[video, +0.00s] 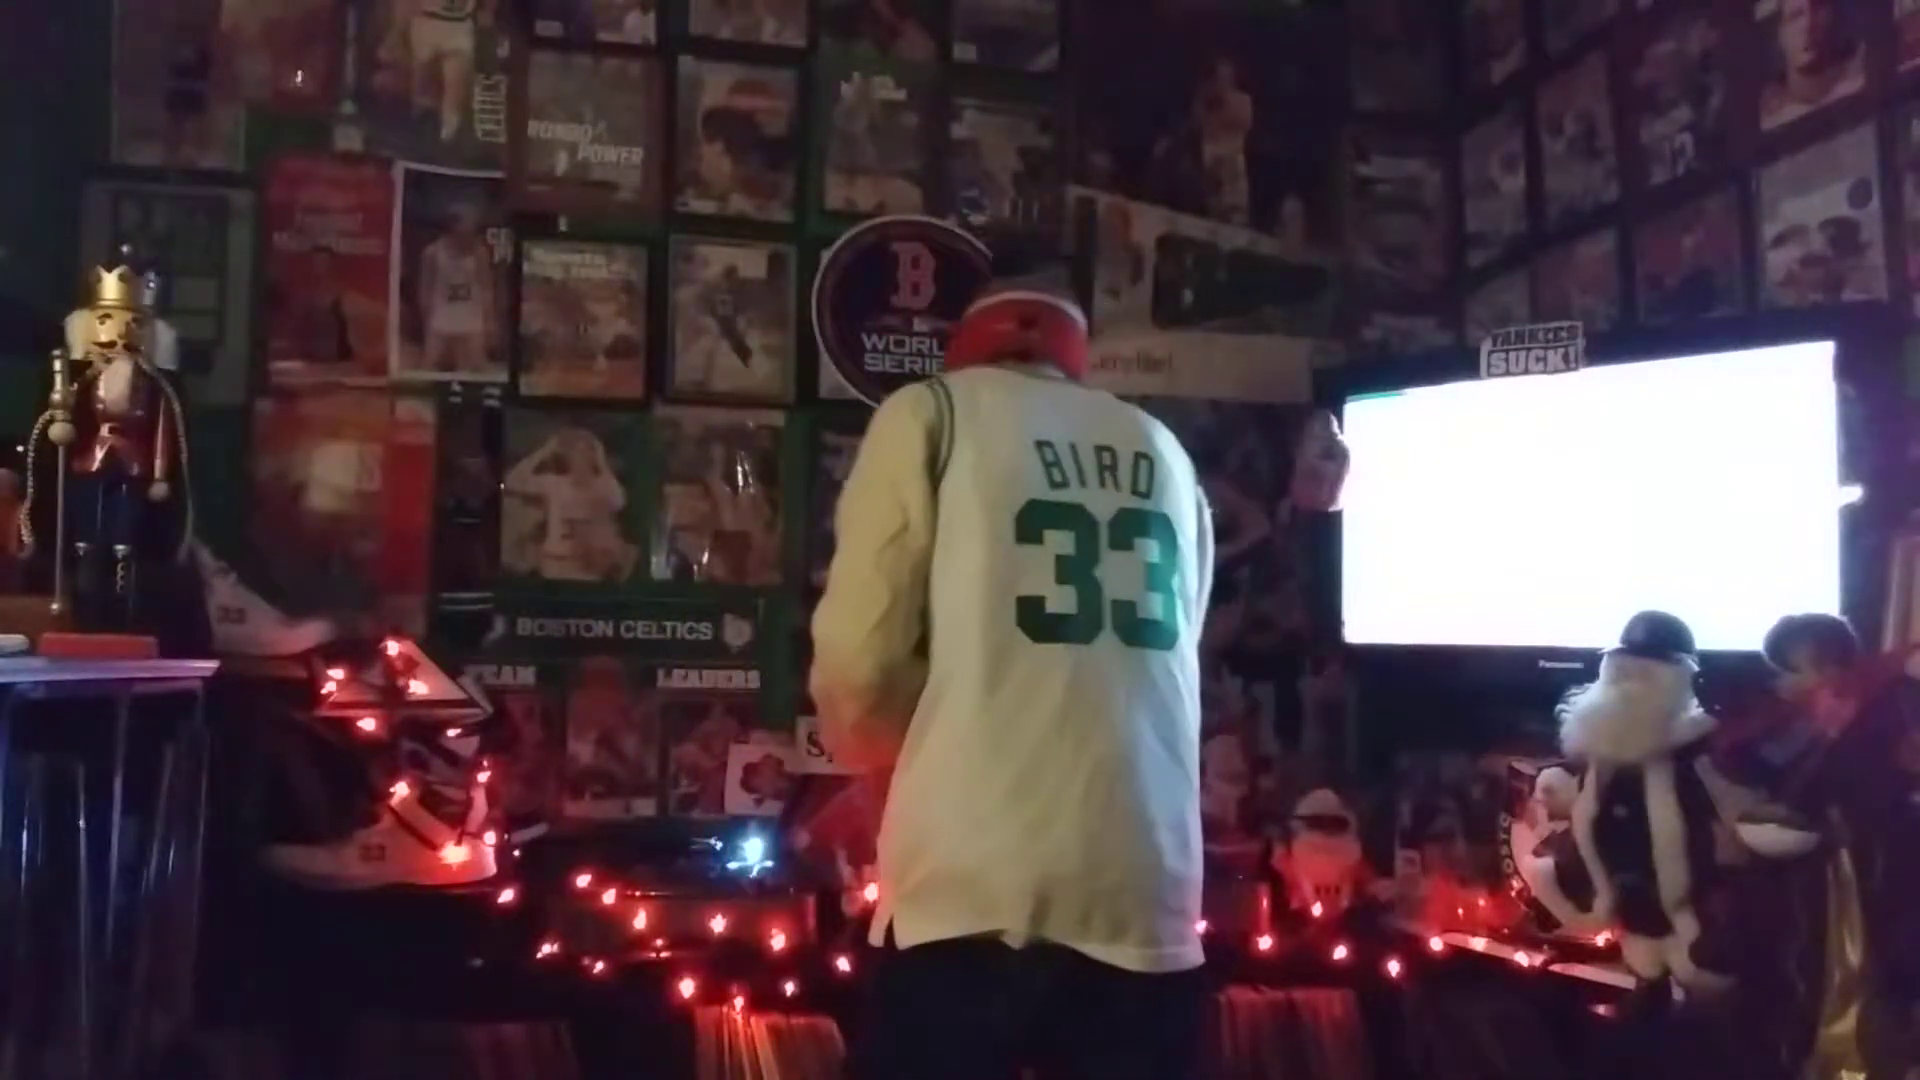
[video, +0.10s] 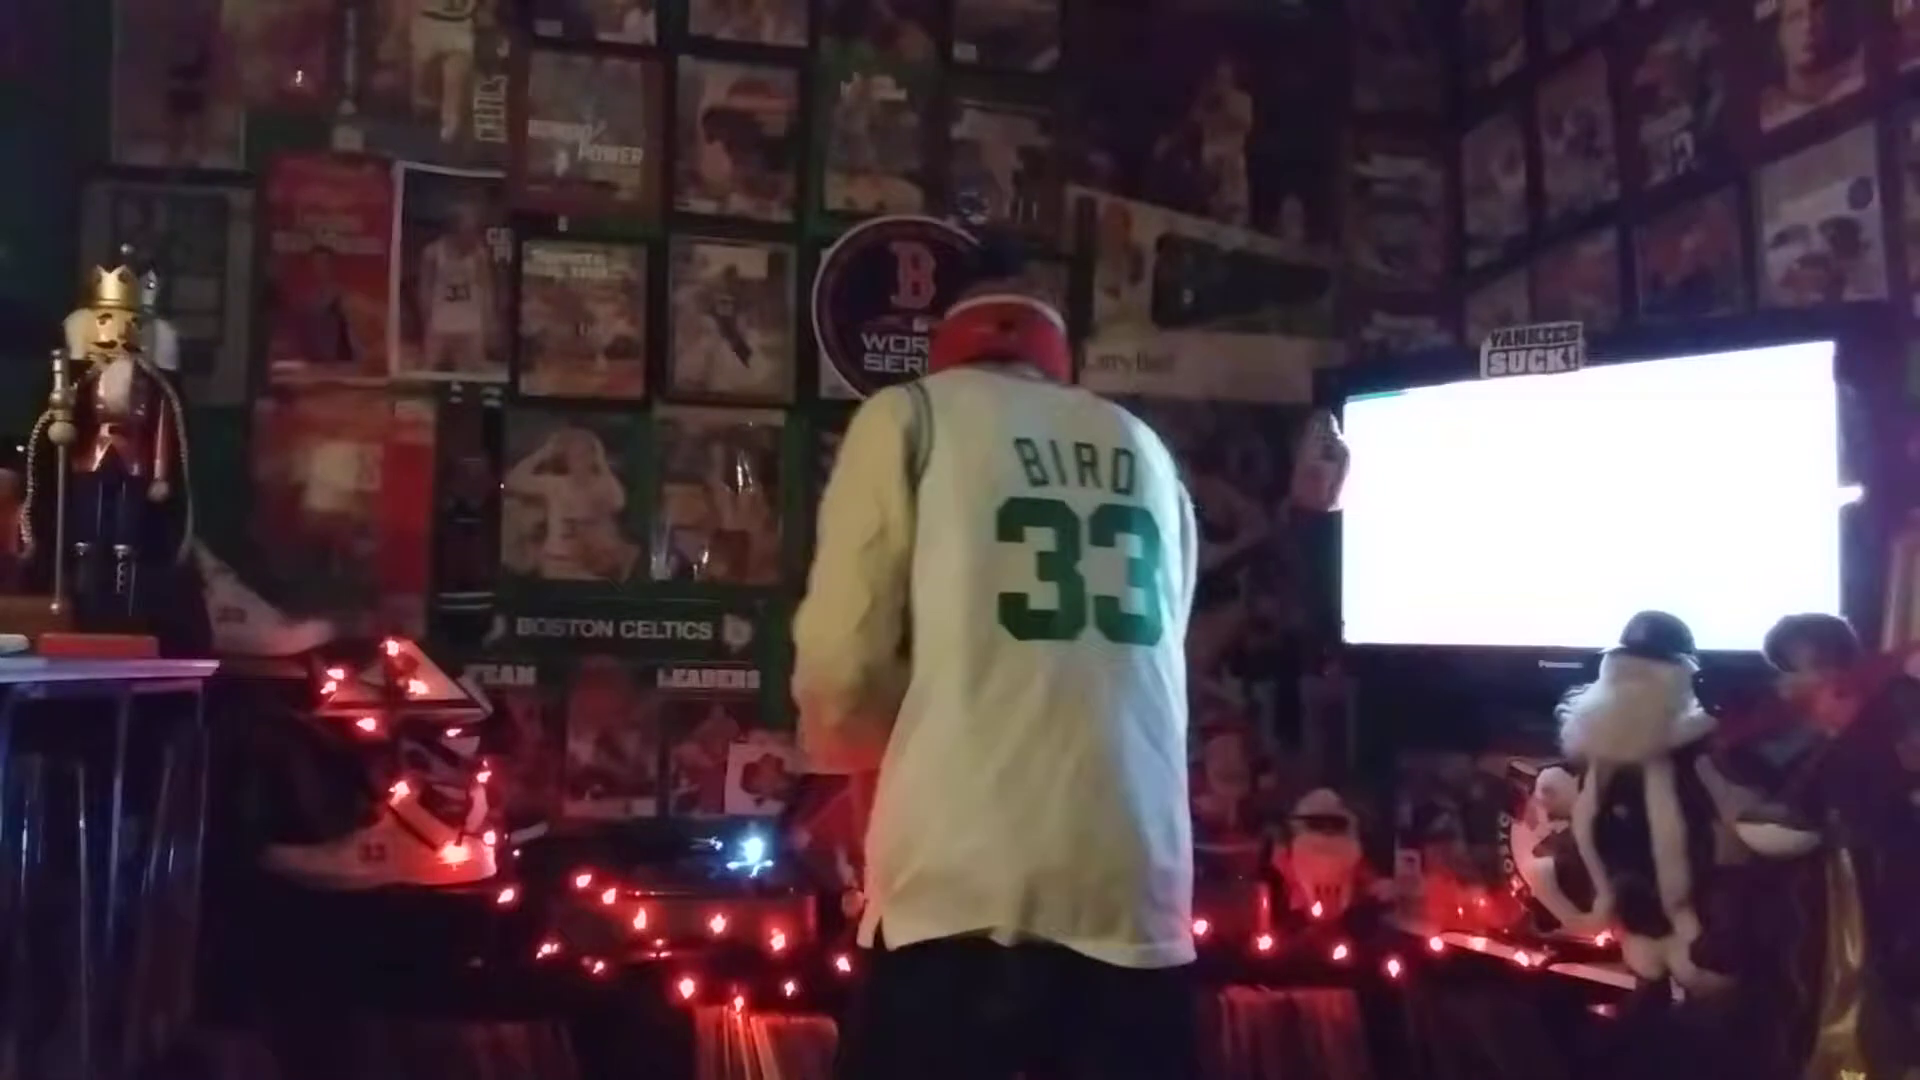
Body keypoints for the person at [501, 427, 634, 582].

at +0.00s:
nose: (578, 470)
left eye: (586, 465)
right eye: (572, 463)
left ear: (594, 463)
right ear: (563, 462)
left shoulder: (601, 486)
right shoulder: (553, 483)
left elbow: (617, 502)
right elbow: (513, 482)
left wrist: (602, 464)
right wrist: (545, 452)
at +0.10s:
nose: (576, 462)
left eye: (582, 455)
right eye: (570, 457)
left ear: (592, 457)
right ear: (562, 460)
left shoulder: (600, 484)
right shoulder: (554, 485)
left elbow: (617, 502)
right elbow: (513, 482)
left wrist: (602, 464)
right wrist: (543, 453)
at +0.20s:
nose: (576, 461)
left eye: (582, 455)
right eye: (571, 456)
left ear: (592, 456)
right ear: (563, 458)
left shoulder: (601, 484)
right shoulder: (554, 485)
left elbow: (617, 503)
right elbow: (513, 482)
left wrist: (602, 464)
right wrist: (543, 453)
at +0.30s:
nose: (577, 459)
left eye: (582, 453)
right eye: (572, 454)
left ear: (592, 455)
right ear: (564, 457)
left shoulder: (601, 484)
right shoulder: (555, 485)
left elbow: (617, 503)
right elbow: (513, 482)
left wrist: (602, 464)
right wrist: (543, 453)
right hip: (557, 563)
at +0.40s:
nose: (577, 459)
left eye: (582, 453)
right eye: (572, 453)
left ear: (592, 455)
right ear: (564, 457)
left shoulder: (601, 484)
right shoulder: (555, 485)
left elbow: (617, 503)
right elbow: (513, 482)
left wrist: (602, 464)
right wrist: (543, 453)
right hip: (557, 563)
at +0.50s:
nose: (577, 459)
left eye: (582, 453)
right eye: (572, 454)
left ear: (592, 455)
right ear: (564, 457)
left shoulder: (602, 484)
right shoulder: (555, 484)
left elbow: (617, 503)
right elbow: (513, 482)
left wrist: (602, 464)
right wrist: (544, 453)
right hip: (557, 563)